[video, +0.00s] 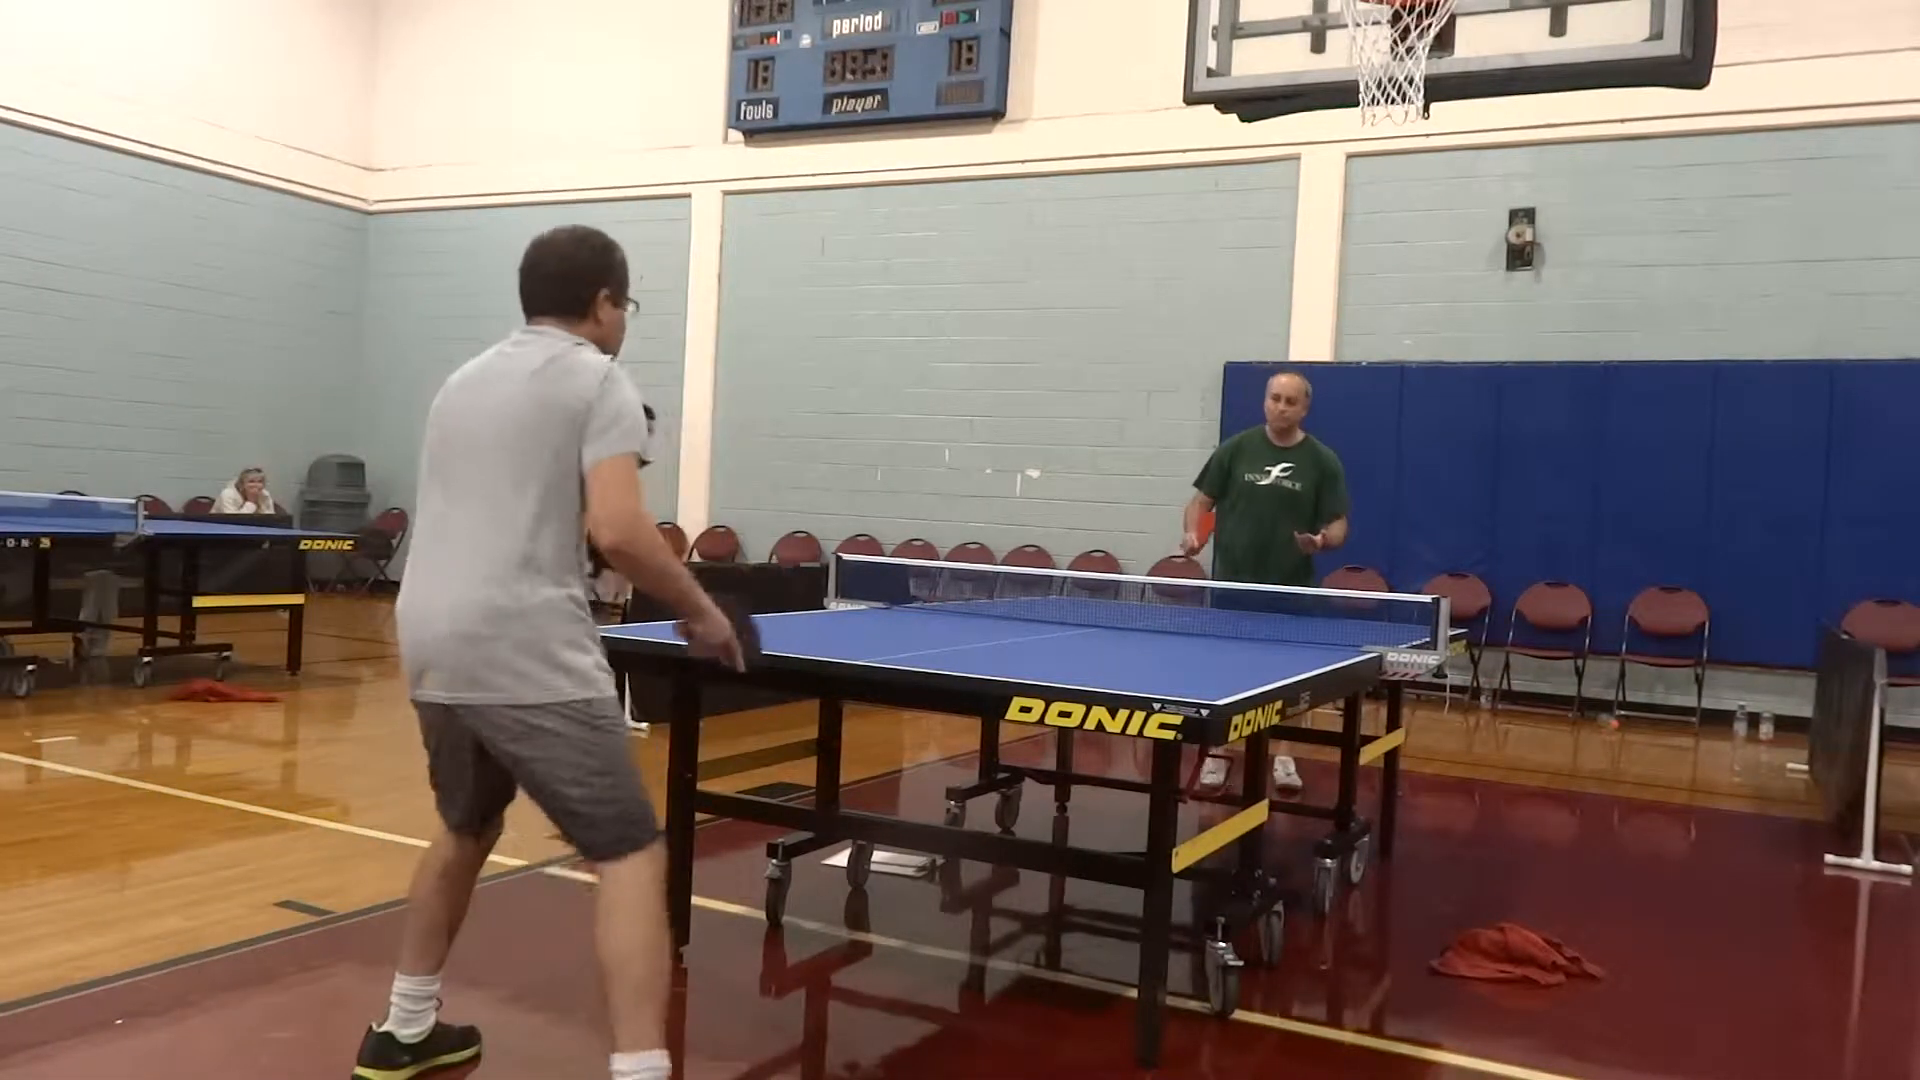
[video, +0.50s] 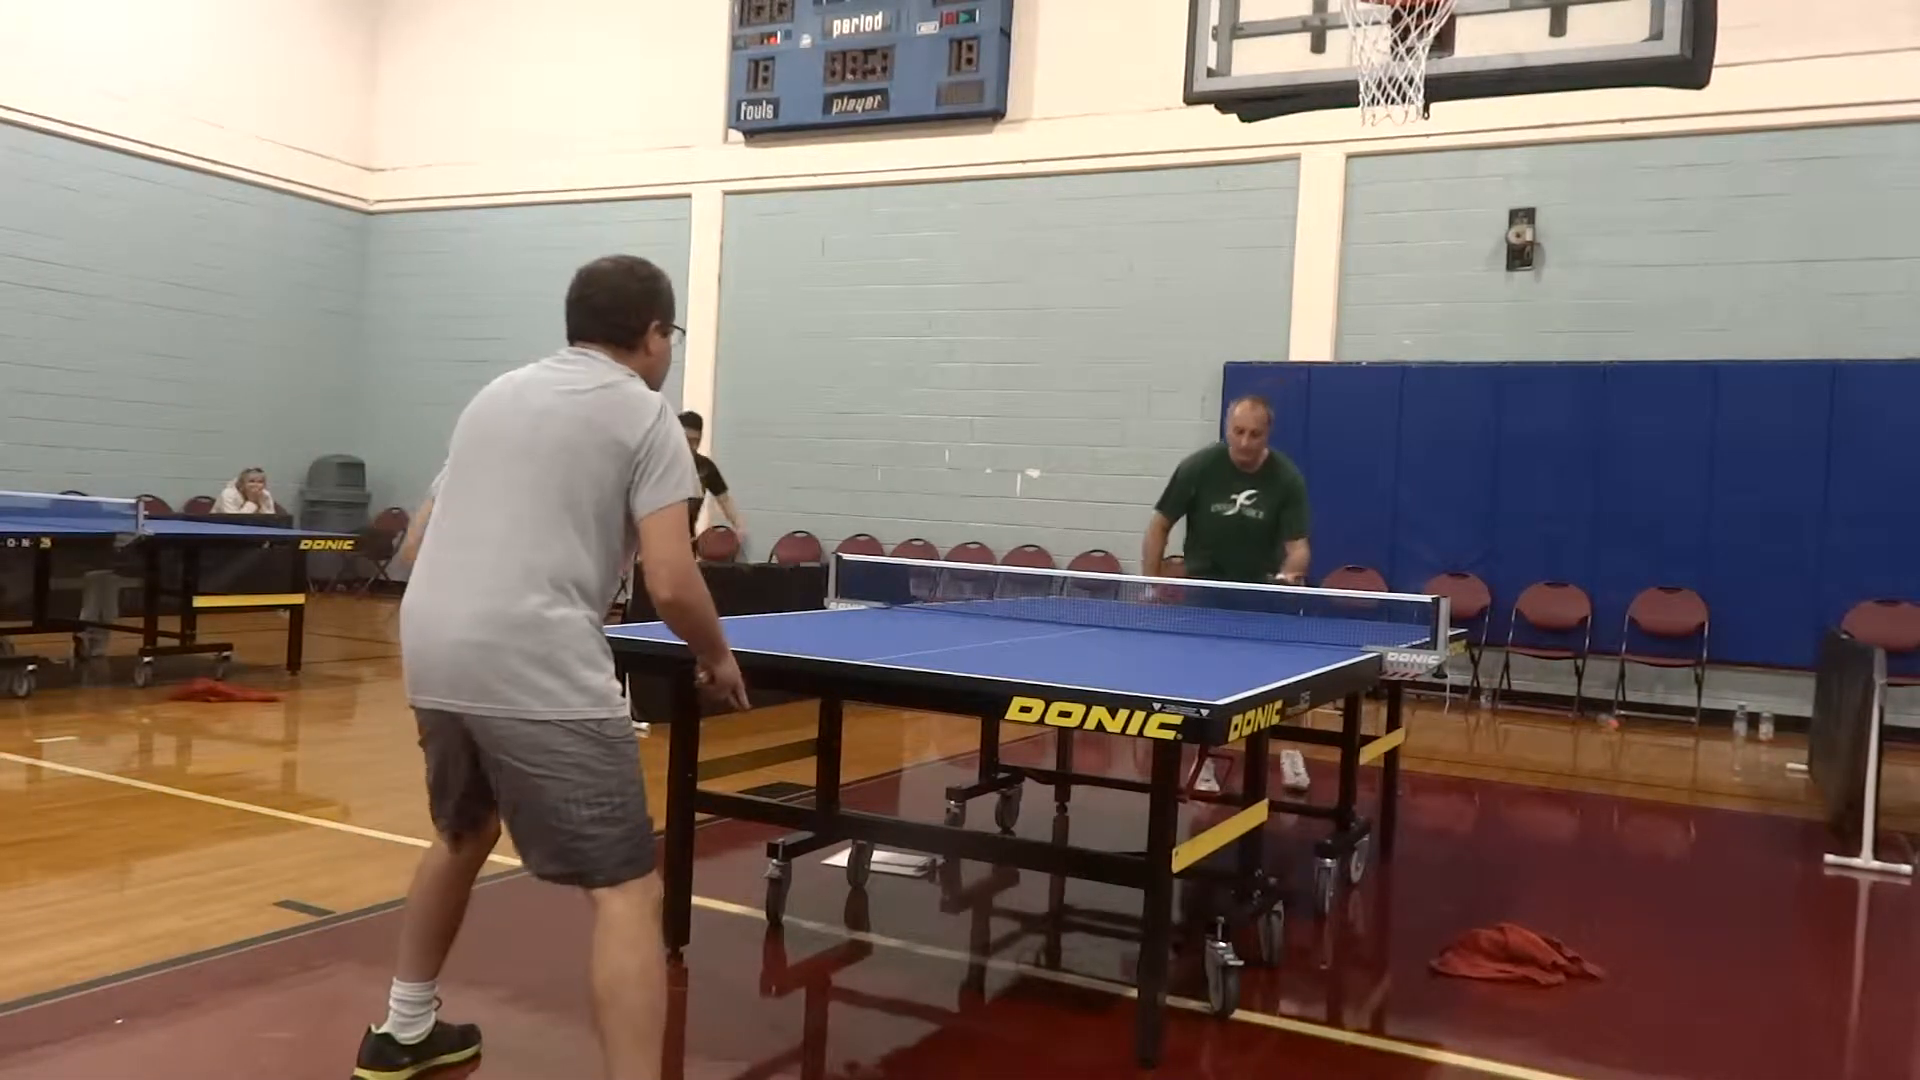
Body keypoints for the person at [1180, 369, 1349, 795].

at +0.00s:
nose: (1280, 407)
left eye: (1290, 401)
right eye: (1275, 399)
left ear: (1305, 408)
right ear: (1265, 401)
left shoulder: (1323, 461)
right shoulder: (1235, 449)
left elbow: (1338, 524)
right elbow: (1200, 501)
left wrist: (1321, 540)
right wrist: (1191, 532)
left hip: (1290, 592)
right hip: (1232, 586)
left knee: (1289, 671)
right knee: (1225, 663)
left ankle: (1283, 753)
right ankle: (1217, 752)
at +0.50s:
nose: (1245, 442)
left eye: (1255, 434)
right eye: (1238, 432)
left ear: (1269, 434)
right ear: (1226, 429)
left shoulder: (1286, 478)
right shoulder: (1197, 468)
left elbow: (1298, 546)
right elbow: (1159, 526)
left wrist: (1291, 573)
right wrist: (1152, 585)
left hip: (1263, 596)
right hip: (1205, 592)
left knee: (1283, 666)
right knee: (1203, 671)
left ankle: (1289, 745)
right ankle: (1207, 757)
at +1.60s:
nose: (1282, 426)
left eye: (1288, 417)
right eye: (1273, 417)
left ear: (1295, 420)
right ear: (1253, 419)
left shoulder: (1311, 466)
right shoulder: (1230, 464)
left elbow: (1334, 533)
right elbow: (1229, 537)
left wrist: (1356, 572)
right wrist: (1284, 560)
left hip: (1292, 594)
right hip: (1232, 591)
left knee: (1306, 671)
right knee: (1222, 668)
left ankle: (1300, 754)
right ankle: (1211, 757)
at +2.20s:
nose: (1288, 410)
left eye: (1298, 403)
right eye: (1281, 402)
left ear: (1313, 412)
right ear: (1270, 410)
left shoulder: (1343, 461)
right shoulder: (1247, 466)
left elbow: (1373, 518)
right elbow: (1231, 526)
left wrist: (1379, 573)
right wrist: (1241, 566)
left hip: (1333, 596)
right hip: (1268, 597)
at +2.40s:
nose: (1308, 422)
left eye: (1319, 415)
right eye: (1302, 414)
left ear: (1335, 423)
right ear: (1291, 420)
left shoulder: (1364, 475)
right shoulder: (1273, 475)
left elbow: (1402, 537)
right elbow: (1253, 533)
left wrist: (1392, 590)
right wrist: (1255, 572)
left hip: (1351, 615)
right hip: (1286, 612)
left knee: (1403, 681)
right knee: (1253, 678)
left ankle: (1428, 780)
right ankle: (1250, 763)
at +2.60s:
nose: (1333, 419)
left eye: (1343, 412)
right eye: (1326, 411)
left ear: (1360, 418)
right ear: (1316, 417)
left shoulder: (1387, 469)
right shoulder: (1301, 470)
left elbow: (1427, 533)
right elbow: (1274, 525)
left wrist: (1384, 576)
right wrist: (1272, 558)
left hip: (1376, 612)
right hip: (1310, 609)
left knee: (1419, 686)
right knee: (1262, 675)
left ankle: (1435, 782)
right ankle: (1252, 764)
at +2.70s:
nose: (1346, 414)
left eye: (1357, 407)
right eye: (1339, 405)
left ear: (1374, 413)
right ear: (1329, 410)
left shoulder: (1402, 466)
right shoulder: (1308, 464)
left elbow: (1438, 529)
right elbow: (1273, 517)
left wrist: (1393, 566)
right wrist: (1282, 552)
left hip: (1388, 608)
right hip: (1319, 604)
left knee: (1422, 685)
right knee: (1267, 671)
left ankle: (1436, 780)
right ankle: (1254, 766)